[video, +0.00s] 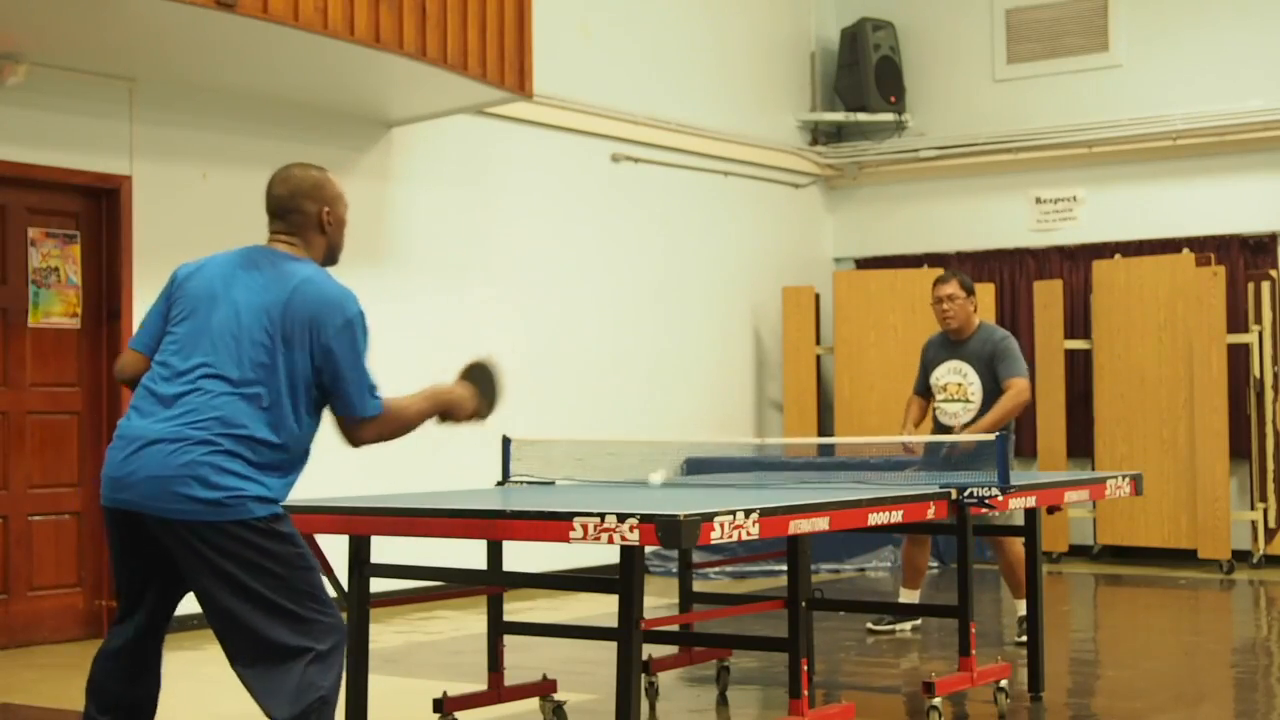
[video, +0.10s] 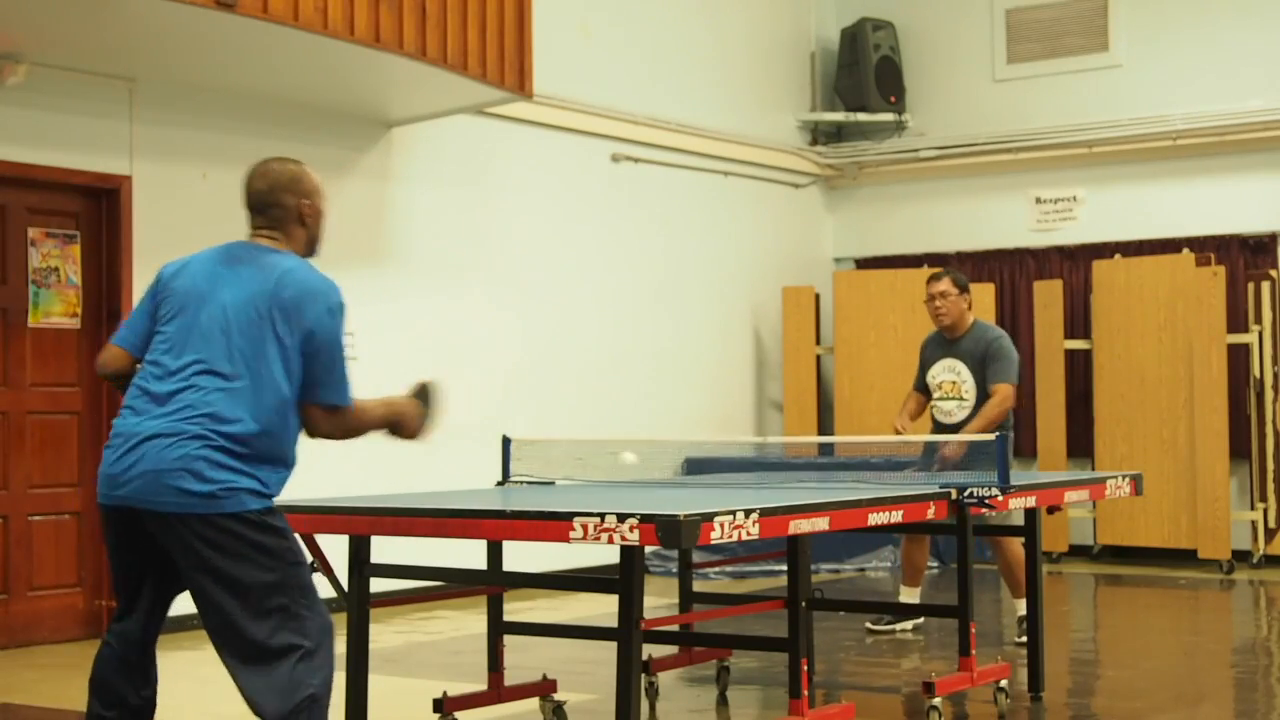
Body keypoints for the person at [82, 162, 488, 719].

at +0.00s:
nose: (345, 227)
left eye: (344, 216)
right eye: (343, 216)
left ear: (273, 218)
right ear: (324, 217)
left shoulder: (194, 273)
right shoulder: (328, 300)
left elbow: (130, 367)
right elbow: (362, 425)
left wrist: (204, 393)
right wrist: (439, 399)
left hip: (127, 484)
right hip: (221, 496)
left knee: (137, 625)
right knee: (316, 637)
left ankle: (105, 715)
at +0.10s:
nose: (323, 216)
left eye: (320, 205)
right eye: (320, 206)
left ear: (253, 213)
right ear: (305, 210)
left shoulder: (180, 272)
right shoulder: (312, 290)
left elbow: (112, 362)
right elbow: (325, 419)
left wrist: (184, 378)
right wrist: (392, 411)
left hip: (123, 484)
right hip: (213, 492)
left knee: (133, 623)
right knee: (298, 641)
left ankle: (113, 713)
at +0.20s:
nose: (284, 206)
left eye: (280, 195)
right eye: (281, 196)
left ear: (218, 203)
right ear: (268, 202)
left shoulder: (149, 265)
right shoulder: (284, 278)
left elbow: (87, 357)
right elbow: (284, 401)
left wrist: (131, 384)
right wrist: (337, 411)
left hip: (118, 480)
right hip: (209, 485)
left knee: (122, 633)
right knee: (271, 646)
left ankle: (107, 715)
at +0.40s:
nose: (224, 189)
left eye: (222, 180)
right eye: (222, 180)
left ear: (154, 189)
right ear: (208, 184)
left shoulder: (97, 254)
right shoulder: (234, 261)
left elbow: (43, 351)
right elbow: (236, 371)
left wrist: (70, 367)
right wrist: (286, 403)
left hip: (92, 472)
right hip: (182, 474)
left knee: (103, 631)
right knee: (227, 632)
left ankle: (93, 717)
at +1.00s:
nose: (250, 227)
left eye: (249, 217)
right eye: (250, 216)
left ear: (196, 213)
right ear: (237, 212)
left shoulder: (146, 272)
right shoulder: (218, 269)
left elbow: (86, 350)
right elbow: (206, 366)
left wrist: (139, 393)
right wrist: (274, 388)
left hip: (106, 455)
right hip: (149, 463)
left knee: (140, 601)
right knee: (163, 609)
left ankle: (140, 706)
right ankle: (148, 712)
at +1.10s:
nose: (263, 254)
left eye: (263, 244)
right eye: (262, 243)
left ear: (210, 235)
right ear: (250, 237)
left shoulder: (181, 283)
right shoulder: (221, 277)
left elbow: (122, 365)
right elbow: (206, 364)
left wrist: (184, 444)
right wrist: (264, 398)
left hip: (121, 458)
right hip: (145, 463)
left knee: (154, 583)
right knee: (169, 587)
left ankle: (177, 688)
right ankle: (152, 705)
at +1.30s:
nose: (290, 303)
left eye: (292, 294)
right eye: (291, 292)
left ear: (251, 274)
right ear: (278, 281)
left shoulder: (220, 306)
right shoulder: (239, 304)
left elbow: (187, 420)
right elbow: (193, 370)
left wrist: (229, 492)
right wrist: (237, 449)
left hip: (153, 468)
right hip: (140, 466)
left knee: (195, 563)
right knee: (156, 586)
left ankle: (198, 700)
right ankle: (123, 711)